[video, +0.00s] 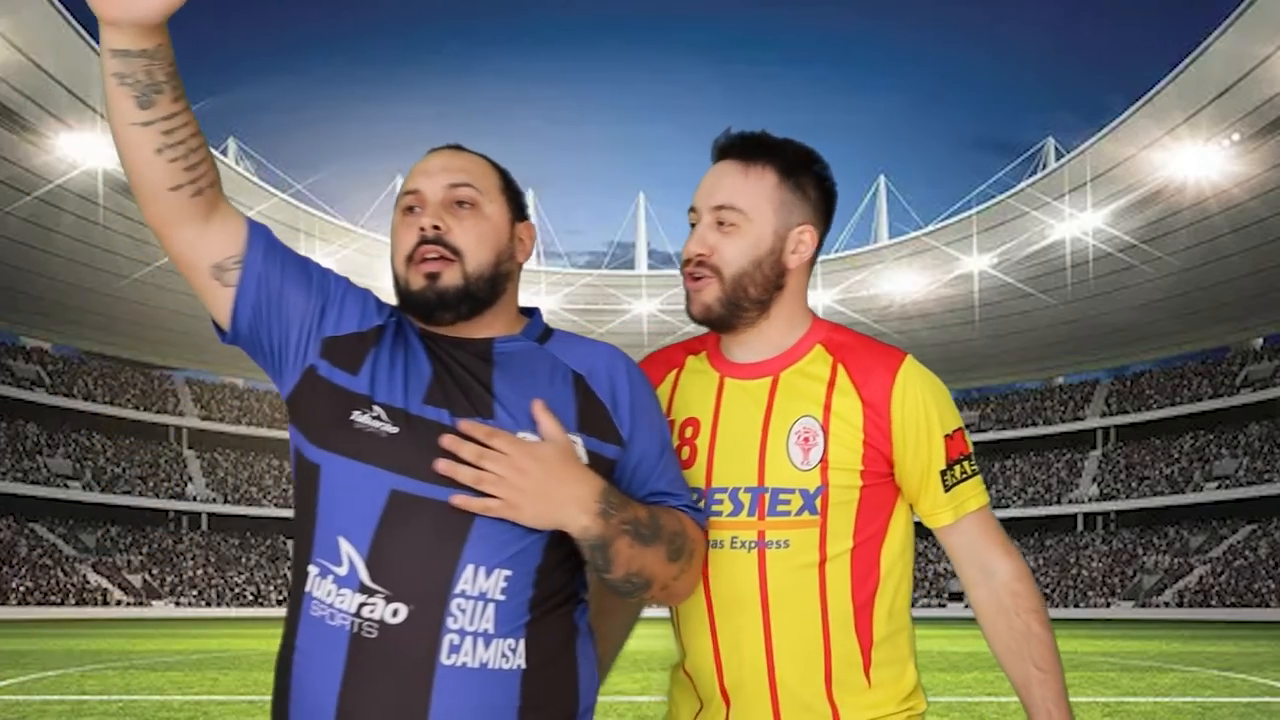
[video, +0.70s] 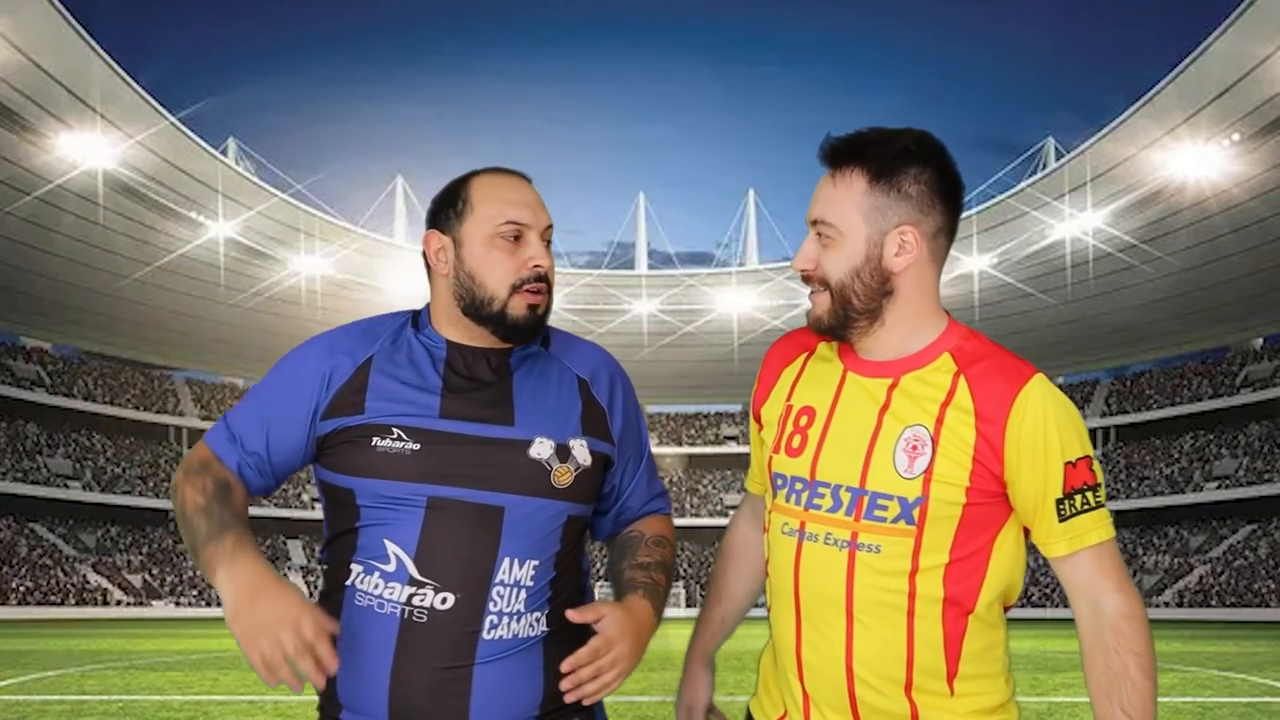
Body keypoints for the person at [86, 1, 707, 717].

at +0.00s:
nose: (427, 219)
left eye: (463, 202)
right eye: (410, 207)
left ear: (522, 241)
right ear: (388, 241)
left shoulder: (606, 385)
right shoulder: (327, 332)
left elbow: (674, 574)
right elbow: (191, 208)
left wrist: (592, 508)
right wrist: (131, 33)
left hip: (522, 708)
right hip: (327, 704)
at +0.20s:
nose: (509, 234)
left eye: (533, 219)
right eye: (481, 217)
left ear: (561, 252)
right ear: (436, 247)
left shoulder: (619, 396)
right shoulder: (352, 334)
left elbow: (674, 578)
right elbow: (202, 259)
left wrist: (620, 522)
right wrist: (221, 104)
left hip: (544, 712)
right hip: (345, 708)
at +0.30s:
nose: (519, 245)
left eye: (540, 231)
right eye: (489, 228)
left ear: (559, 265)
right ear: (437, 259)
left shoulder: (608, 403)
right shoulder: (348, 346)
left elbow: (667, 577)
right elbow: (180, 304)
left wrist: (635, 553)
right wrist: (253, 183)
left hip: (538, 711)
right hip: (346, 707)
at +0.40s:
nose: (521, 259)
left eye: (537, 241)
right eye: (490, 238)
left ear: (551, 263)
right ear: (431, 260)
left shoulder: (597, 400)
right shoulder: (348, 358)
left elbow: (655, 543)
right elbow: (154, 360)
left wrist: (634, 580)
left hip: (531, 707)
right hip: (351, 702)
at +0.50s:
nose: (522, 259)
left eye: (534, 240)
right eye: (492, 237)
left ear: (548, 256)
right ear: (429, 256)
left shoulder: (594, 389)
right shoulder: (345, 355)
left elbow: (642, 532)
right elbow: (145, 413)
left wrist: (626, 600)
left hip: (536, 711)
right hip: (355, 708)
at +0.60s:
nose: (530, 257)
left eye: (539, 238)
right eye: (500, 234)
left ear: (551, 253)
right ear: (433, 252)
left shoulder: (593, 384)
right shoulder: (338, 360)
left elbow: (641, 523)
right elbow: (171, 440)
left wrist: (631, 607)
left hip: (531, 703)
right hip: (363, 702)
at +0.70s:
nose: (542, 261)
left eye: (546, 241)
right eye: (512, 238)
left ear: (553, 254)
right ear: (439, 253)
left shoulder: (595, 383)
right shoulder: (340, 365)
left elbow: (645, 519)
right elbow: (205, 474)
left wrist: (640, 610)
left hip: (545, 709)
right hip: (369, 708)